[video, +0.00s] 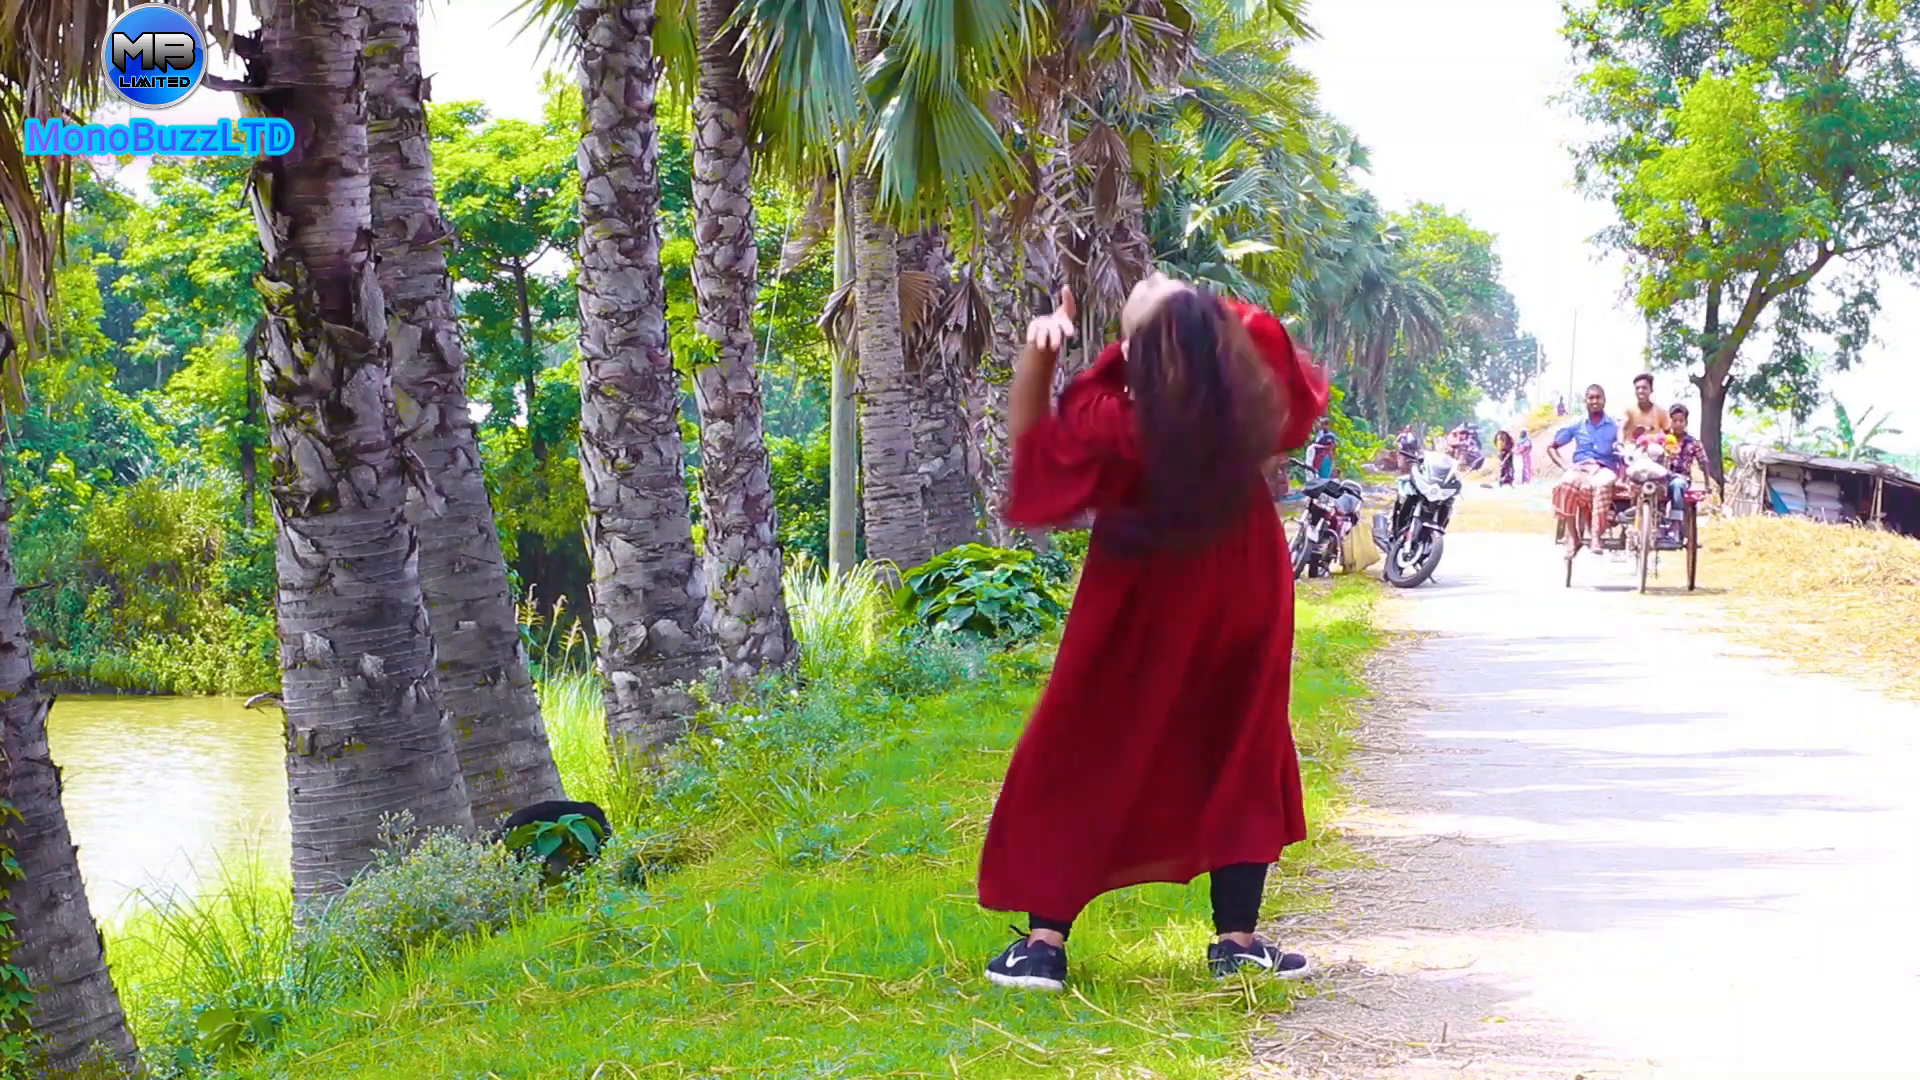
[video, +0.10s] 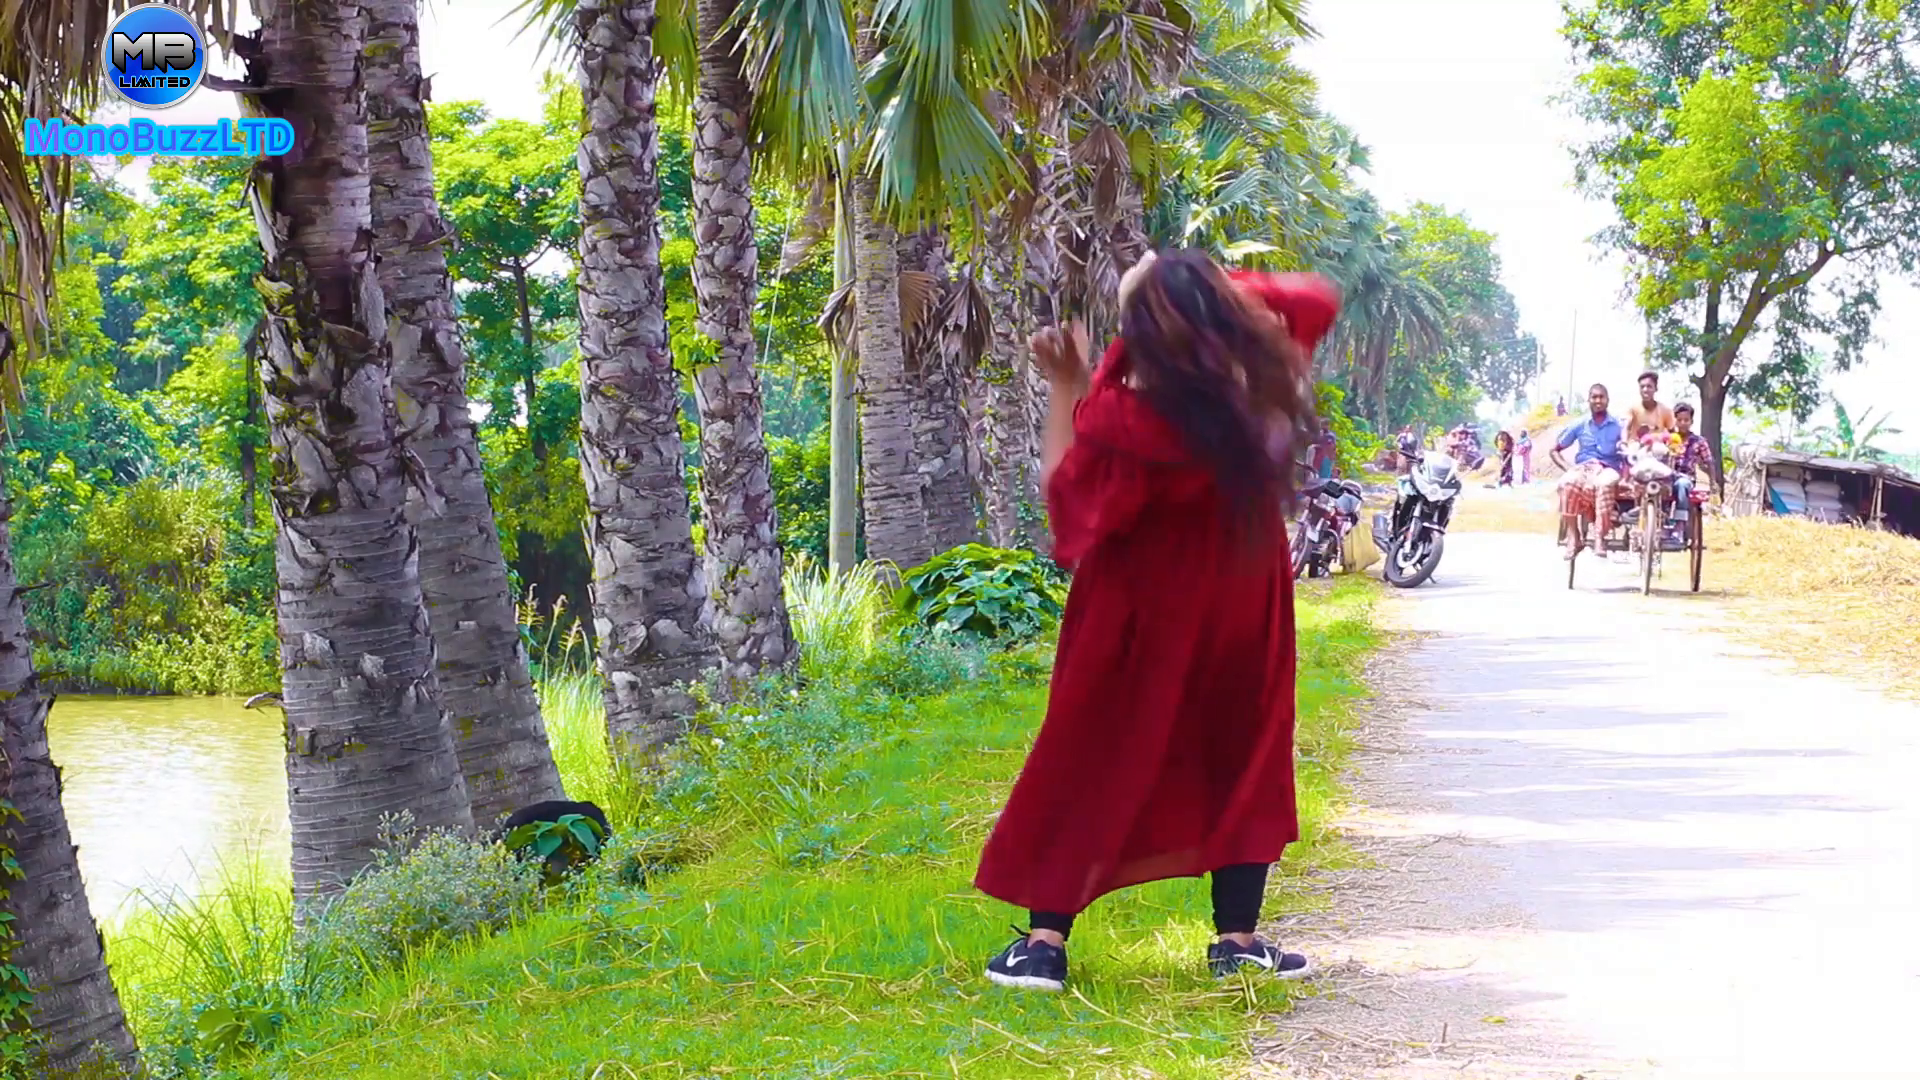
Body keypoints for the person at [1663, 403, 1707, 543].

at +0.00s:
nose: (1678, 424)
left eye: (1681, 421)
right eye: (1675, 420)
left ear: (1686, 422)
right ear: (1670, 421)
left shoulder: (1692, 442)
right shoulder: (1663, 437)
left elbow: (1703, 462)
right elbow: (1653, 456)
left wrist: (1707, 483)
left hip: (1681, 474)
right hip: (1662, 472)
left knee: (1676, 485)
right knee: (1650, 484)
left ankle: (1675, 525)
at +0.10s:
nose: (1683, 423)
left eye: (1686, 420)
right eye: (1680, 419)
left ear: (1691, 421)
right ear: (1675, 420)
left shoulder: (1698, 441)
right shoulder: (1668, 437)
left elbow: (1708, 463)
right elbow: (1658, 455)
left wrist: (1713, 482)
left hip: (1686, 474)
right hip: (1667, 473)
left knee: (1681, 484)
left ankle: (1679, 524)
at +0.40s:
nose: (1699, 424)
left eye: (1703, 420)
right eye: (1696, 420)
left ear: (1709, 422)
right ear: (1691, 422)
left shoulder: (1714, 443)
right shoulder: (1685, 440)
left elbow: (1723, 464)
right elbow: (1675, 459)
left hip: (1702, 476)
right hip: (1683, 475)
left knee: (1695, 487)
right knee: (1669, 486)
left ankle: (1694, 530)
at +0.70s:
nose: (1717, 422)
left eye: (1721, 418)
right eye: (1713, 418)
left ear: (1726, 420)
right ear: (1707, 420)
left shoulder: (1730, 442)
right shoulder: (1698, 437)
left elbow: (1741, 465)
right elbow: (1688, 457)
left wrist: (1744, 486)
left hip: (1717, 477)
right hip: (1697, 475)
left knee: (1712, 489)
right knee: (1683, 489)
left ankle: (1709, 536)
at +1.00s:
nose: (1735, 423)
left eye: (1740, 419)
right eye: (1731, 418)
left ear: (1746, 421)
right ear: (1725, 420)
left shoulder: (1751, 443)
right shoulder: (1718, 439)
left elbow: (1763, 468)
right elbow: (1707, 462)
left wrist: (1767, 493)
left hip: (1737, 480)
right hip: (1715, 479)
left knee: (1732, 492)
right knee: (1700, 492)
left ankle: (1728, 542)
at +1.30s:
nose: (1757, 421)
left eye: (1762, 416)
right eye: (1753, 416)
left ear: (1768, 419)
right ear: (1747, 418)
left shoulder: (1773, 444)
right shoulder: (1739, 438)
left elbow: (1786, 469)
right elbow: (1725, 459)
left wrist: (1789, 493)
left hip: (1759, 482)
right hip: (1735, 480)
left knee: (1752, 495)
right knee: (1718, 494)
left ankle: (1750, 546)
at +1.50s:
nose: (1773, 419)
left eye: (1778, 415)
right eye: (1769, 414)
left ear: (1784, 418)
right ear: (1762, 416)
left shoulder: (1789, 443)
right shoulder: (1753, 437)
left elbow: (1801, 469)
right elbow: (1739, 460)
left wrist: (1805, 495)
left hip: (1772, 483)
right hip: (1749, 482)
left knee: (1766, 495)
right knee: (1731, 495)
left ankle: (1763, 549)